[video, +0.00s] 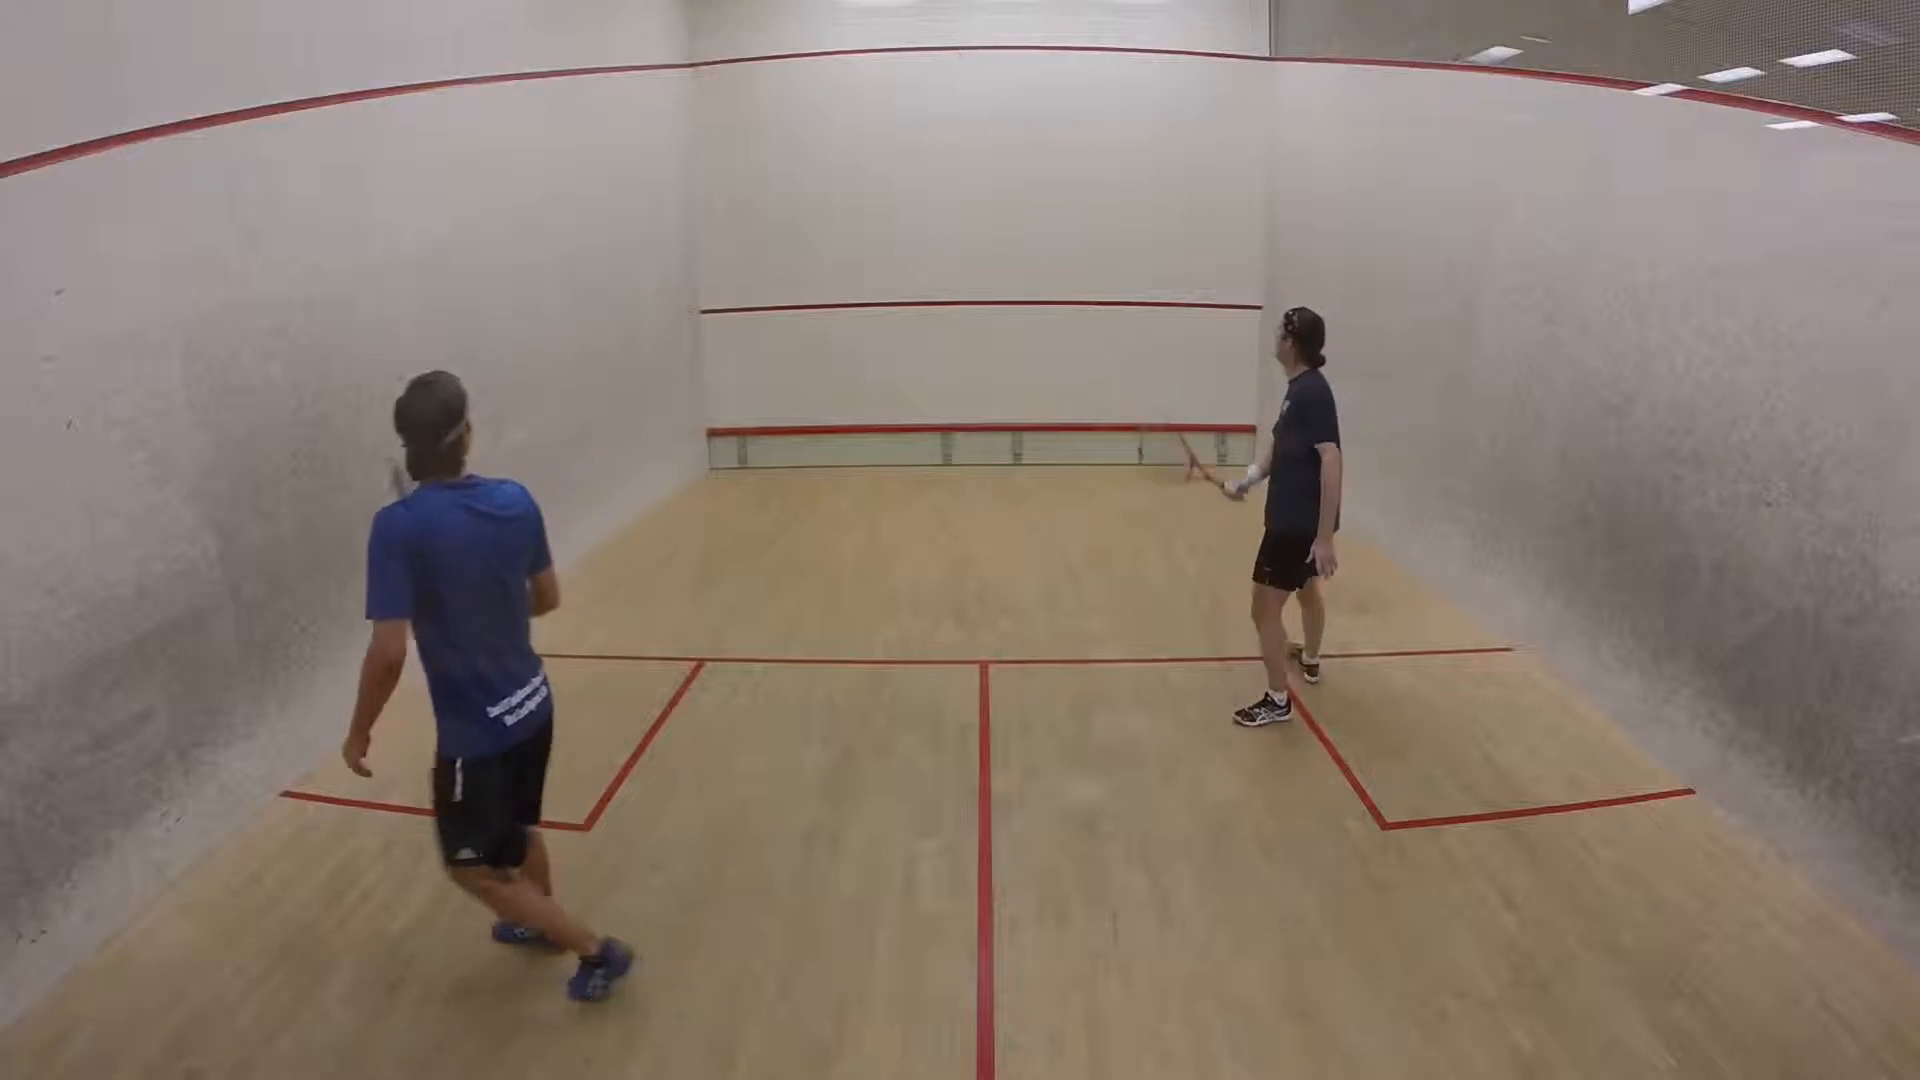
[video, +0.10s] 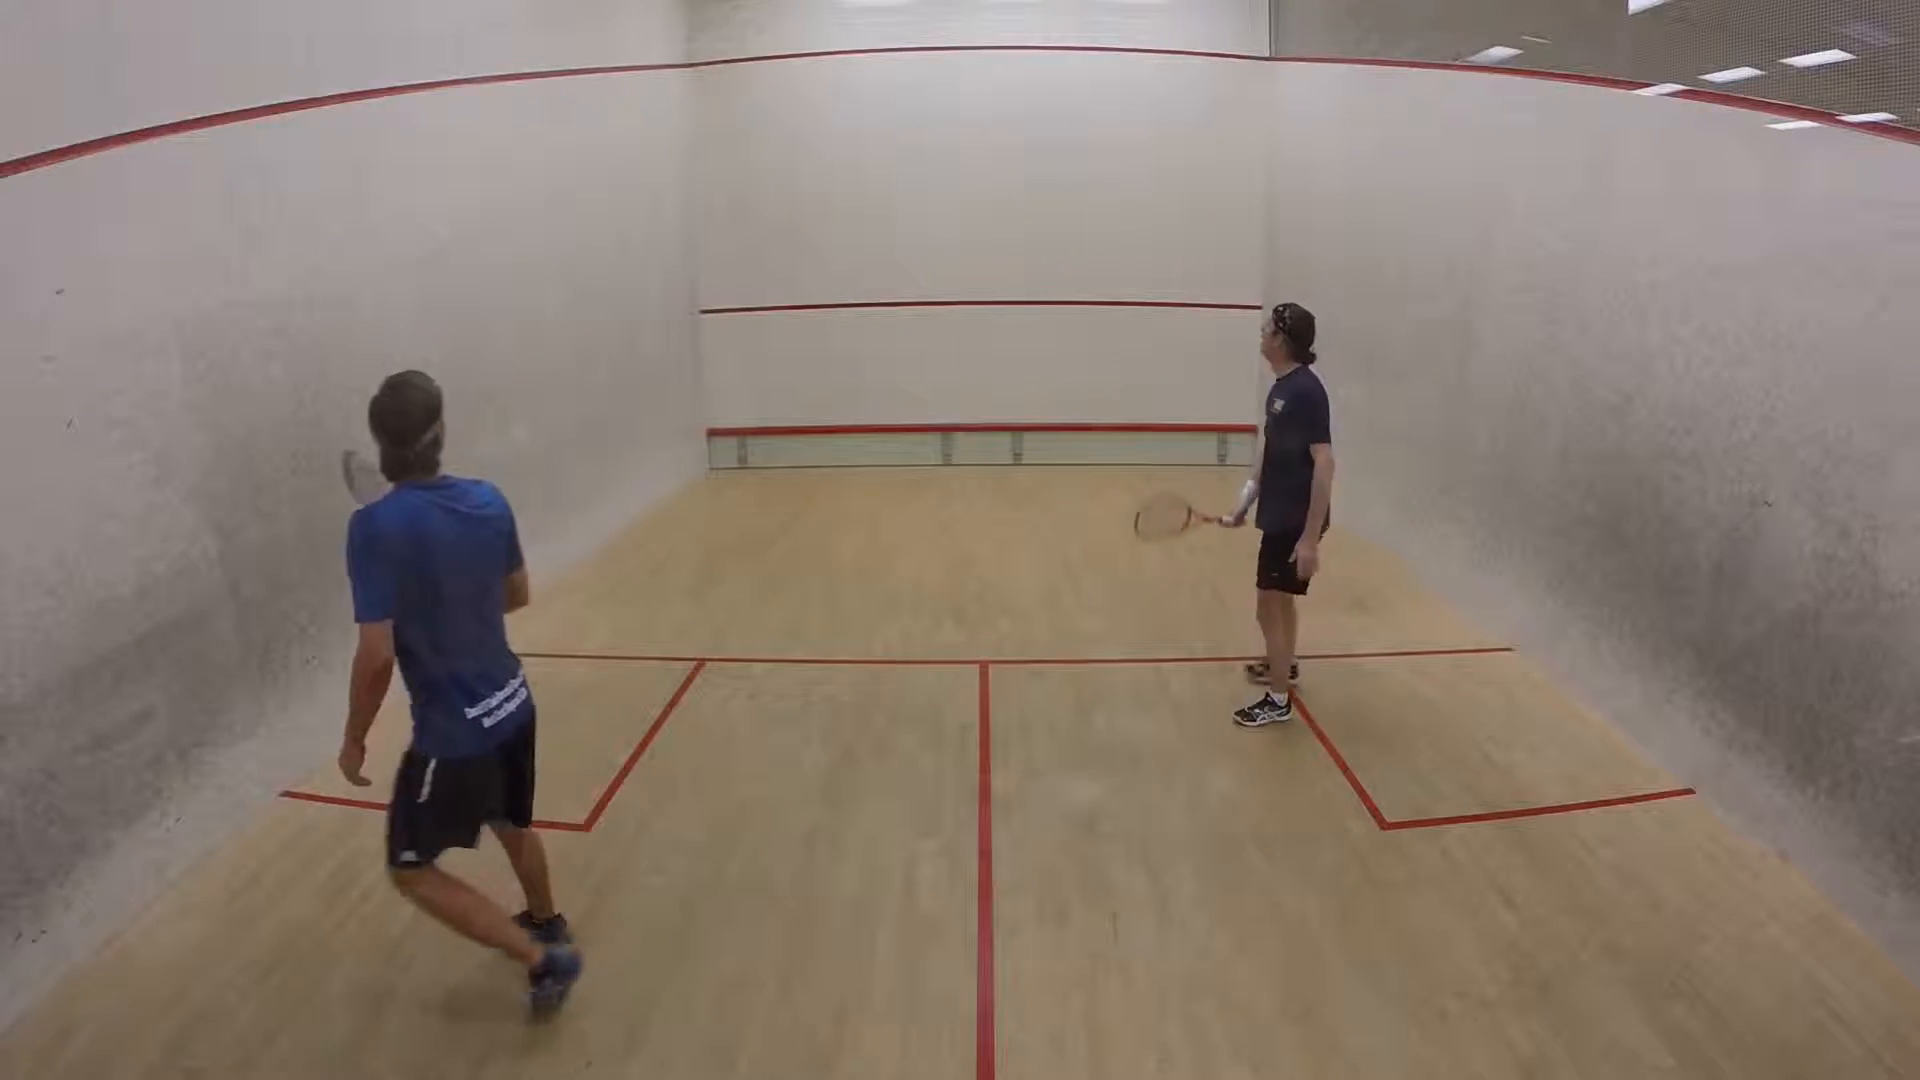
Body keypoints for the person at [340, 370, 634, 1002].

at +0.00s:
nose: (471, 428)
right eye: (468, 422)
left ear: (405, 441)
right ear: (467, 433)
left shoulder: (397, 528)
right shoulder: (512, 501)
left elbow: (389, 652)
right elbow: (546, 597)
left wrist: (360, 732)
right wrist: (480, 606)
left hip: (473, 732)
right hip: (531, 705)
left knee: (472, 866)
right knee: (521, 825)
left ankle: (599, 952)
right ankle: (540, 921)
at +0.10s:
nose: (436, 430)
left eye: (381, 428)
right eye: (436, 421)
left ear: (376, 437)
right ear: (441, 431)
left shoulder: (375, 528)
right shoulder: (486, 502)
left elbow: (377, 658)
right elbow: (516, 594)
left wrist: (354, 738)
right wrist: (447, 608)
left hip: (451, 736)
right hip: (513, 709)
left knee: (409, 868)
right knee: (512, 820)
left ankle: (539, 959)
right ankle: (545, 920)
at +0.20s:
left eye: (354, 439)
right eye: (409, 430)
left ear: (348, 447)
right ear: (413, 440)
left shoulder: (352, 542)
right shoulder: (460, 507)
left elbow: (367, 671)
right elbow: (485, 601)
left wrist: (350, 764)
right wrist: (417, 602)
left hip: (426, 752)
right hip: (490, 724)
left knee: (376, 889)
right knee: (502, 825)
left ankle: (478, 1020)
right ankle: (543, 919)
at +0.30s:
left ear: (313, 464)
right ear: (380, 453)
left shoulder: (325, 564)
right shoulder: (431, 524)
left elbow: (353, 701)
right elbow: (456, 618)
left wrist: (346, 801)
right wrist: (368, 577)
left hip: (400, 778)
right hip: (464, 744)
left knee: (372, 922)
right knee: (488, 837)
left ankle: (428, 1069)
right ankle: (543, 921)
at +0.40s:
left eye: (273, 465)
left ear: (275, 477)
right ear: (344, 462)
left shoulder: (294, 581)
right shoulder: (405, 536)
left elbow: (328, 718)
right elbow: (433, 639)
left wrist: (329, 827)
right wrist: (338, 610)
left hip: (371, 796)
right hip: (439, 760)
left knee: (351, 936)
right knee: (471, 848)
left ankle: (428, 1070)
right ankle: (534, 923)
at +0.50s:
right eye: (303, 450)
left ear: (240, 485)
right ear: (312, 463)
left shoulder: (266, 587)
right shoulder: (380, 537)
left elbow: (306, 728)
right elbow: (422, 649)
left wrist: (307, 849)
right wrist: (343, 650)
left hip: (361, 807)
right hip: (429, 768)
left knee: (348, 947)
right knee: (456, 860)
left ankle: (429, 1072)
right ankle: (515, 949)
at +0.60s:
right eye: (284, 449)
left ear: (217, 489)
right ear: (292, 463)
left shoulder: (242, 592)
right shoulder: (368, 537)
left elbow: (286, 741)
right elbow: (423, 656)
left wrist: (289, 865)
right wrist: (354, 684)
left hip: (352, 815)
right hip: (426, 774)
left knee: (356, 954)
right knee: (451, 871)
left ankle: (429, 1071)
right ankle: (498, 969)